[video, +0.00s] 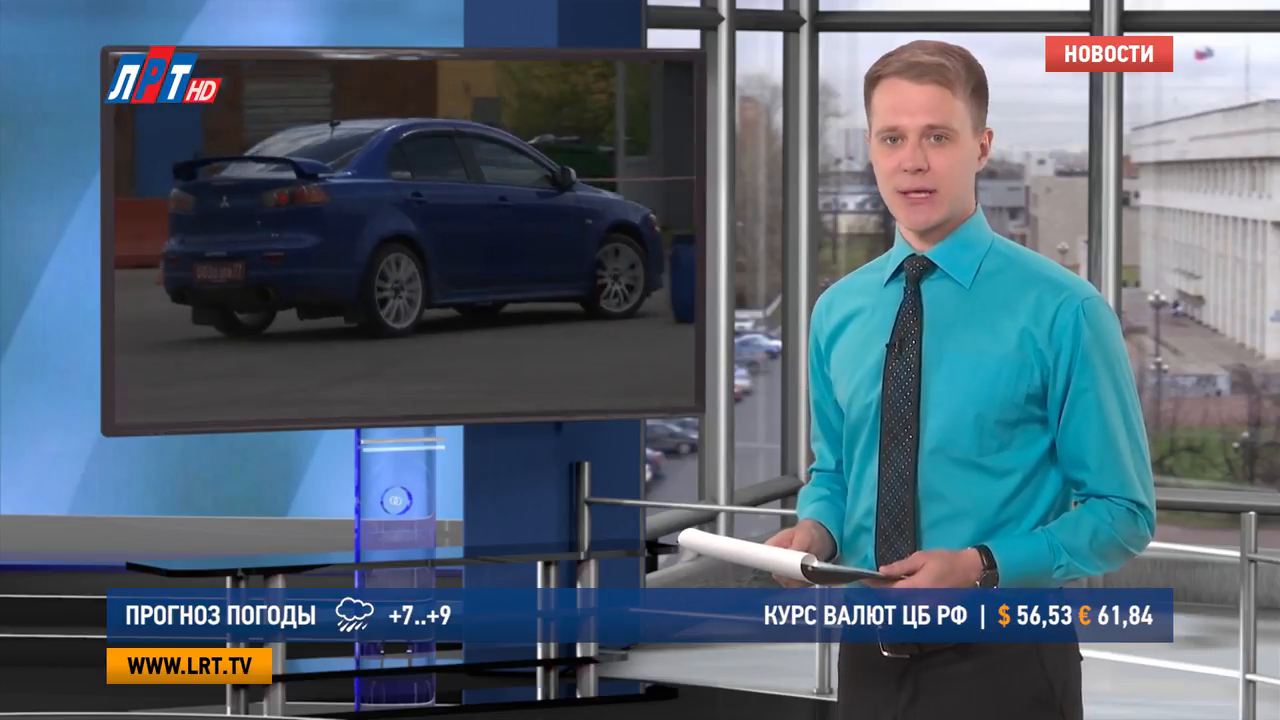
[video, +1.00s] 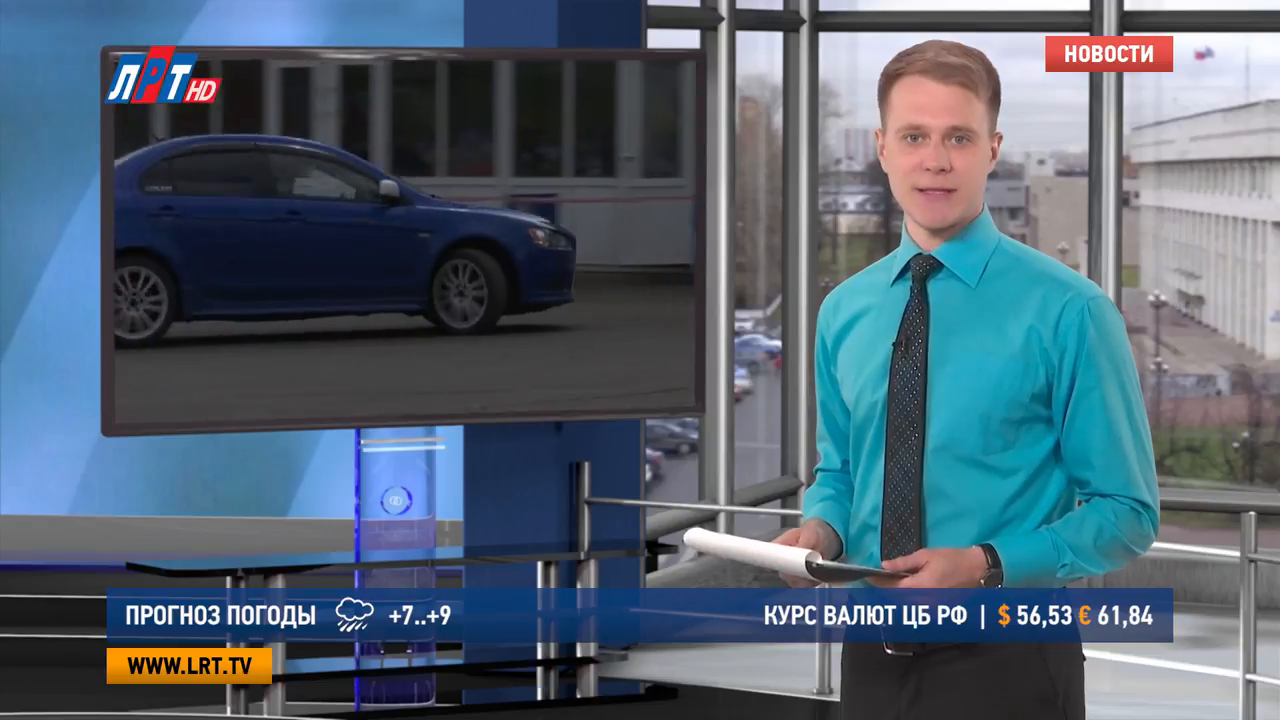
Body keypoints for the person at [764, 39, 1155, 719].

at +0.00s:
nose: (912, 161)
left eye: (937, 137)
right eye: (892, 138)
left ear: (982, 147)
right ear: (870, 150)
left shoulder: (1063, 310)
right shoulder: (837, 310)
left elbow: (1123, 510)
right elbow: (832, 472)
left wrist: (983, 566)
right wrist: (811, 532)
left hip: (1002, 663)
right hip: (868, 661)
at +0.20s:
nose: (910, 161)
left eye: (936, 136)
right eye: (891, 137)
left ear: (982, 146)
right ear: (871, 150)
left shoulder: (1064, 310)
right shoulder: (839, 311)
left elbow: (1125, 510)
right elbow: (833, 472)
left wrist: (984, 565)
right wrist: (812, 534)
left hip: (1003, 663)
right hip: (869, 662)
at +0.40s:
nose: (912, 154)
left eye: (938, 131)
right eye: (893, 132)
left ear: (984, 145)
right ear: (873, 148)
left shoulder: (1065, 310)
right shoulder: (840, 311)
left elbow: (1125, 510)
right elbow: (835, 474)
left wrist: (984, 565)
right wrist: (813, 535)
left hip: (1005, 662)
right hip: (870, 660)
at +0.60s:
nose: (917, 155)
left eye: (943, 131)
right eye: (897, 132)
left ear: (987, 146)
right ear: (876, 148)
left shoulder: (1067, 310)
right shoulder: (842, 310)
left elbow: (1125, 511)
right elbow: (836, 474)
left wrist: (985, 564)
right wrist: (816, 530)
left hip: (1004, 664)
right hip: (870, 663)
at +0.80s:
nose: (926, 158)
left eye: (951, 135)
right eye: (906, 135)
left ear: (991, 146)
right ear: (879, 148)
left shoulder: (1068, 310)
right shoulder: (843, 310)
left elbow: (1126, 510)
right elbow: (837, 471)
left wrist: (986, 566)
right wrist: (816, 533)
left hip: (1004, 661)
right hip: (871, 658)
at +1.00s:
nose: (935, 161)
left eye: (959, 138)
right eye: (914, 137)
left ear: (994, 148)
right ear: (882, 148)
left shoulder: (1068, 310)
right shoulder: (844, 311)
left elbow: (1127, 510)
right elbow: (836, 472)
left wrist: (987, 564)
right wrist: (818, 531)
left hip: (1005, 663)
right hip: (871, 661)